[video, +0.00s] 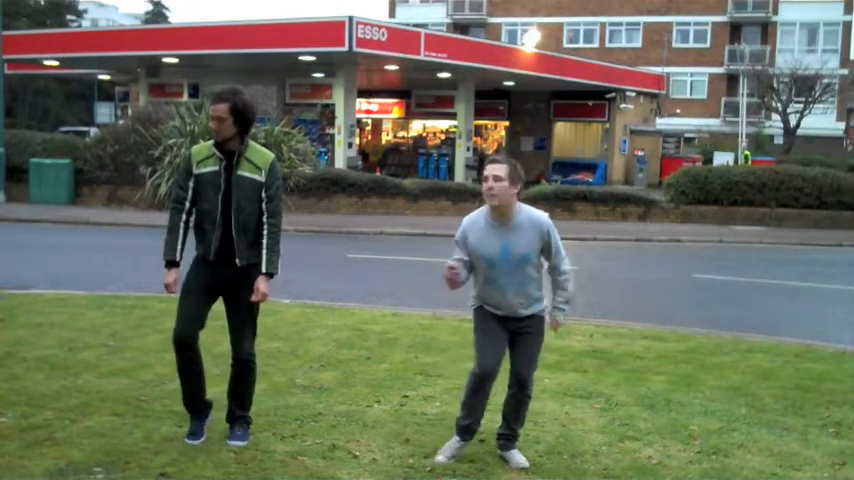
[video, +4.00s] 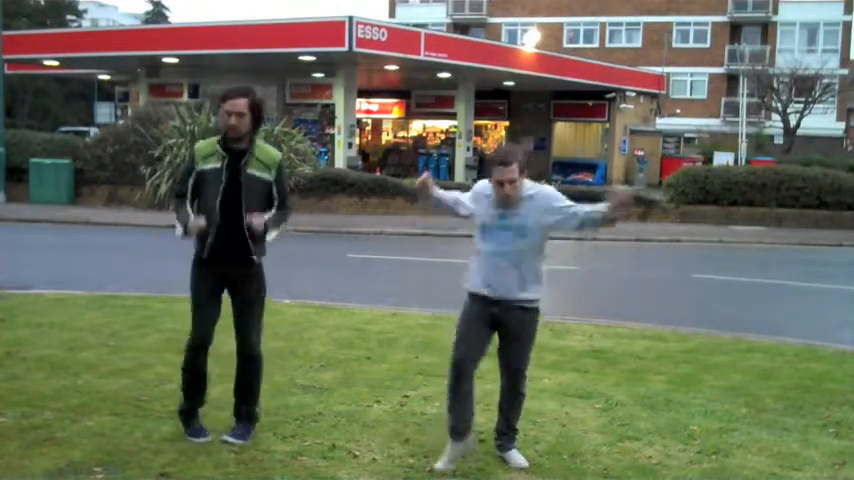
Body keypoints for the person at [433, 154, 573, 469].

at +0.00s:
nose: (489, 185)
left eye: (497, 180)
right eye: (486, 179)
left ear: (516, 187)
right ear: (481, 185)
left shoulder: (540, 223)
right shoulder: (471, 225)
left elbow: (560, 267)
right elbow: (462, 264)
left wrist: (558, 308)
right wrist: (455, 275)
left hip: (530, 316)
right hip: (489, 313)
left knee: (523, 381)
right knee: (485, 371)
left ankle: (508, 444)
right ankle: (462, 436)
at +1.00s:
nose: (498, 163)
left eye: (506, 157)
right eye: (497, 156)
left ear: (527, 164)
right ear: (499, 162)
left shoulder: (553, 202)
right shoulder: (489, 200)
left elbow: (568, 244)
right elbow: (472, 245)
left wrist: (563, 265)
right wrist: (449, 250)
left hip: (529, 312)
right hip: (487, 304)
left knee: (524, 382)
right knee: (462, 366)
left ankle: (508, 444)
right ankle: (465, 440)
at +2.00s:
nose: (512, 170)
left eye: (520, 167)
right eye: (508, 165)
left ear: (533, 178)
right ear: (499, 173)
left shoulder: (547, 218)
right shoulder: (482, 209)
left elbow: (566, 255)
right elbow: (470, 249)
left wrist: (576, 270)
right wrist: (462, 269)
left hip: (535, 316)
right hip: (493, 313)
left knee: (526, 381)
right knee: (461, 369)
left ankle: (509, 444)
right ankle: (469, 443)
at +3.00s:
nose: (514, 160)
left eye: (521, 156)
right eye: (509, 154)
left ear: (531, 163)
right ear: (498, 161)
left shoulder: (547, 199)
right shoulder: (485, 191)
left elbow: (569, 242)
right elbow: (466, 226)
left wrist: (559, 268)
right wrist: (434, 230)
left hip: (527, 295)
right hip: (491, 280)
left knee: (517, 375)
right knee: (449, 307)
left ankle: (506, 444)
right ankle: (452, 387)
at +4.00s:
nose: (507, 190)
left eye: (513, 182)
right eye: (500, 183)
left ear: (523, 176)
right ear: (491, 179)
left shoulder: (543, 198)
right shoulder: (482, 193)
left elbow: (577, 215)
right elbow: (461, 204)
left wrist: (608, 211)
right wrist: (433, 192)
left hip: (522, 303)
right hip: (481, 298)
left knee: (515, 377)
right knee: (461, 364)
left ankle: (506, 444)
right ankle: (458, 438)